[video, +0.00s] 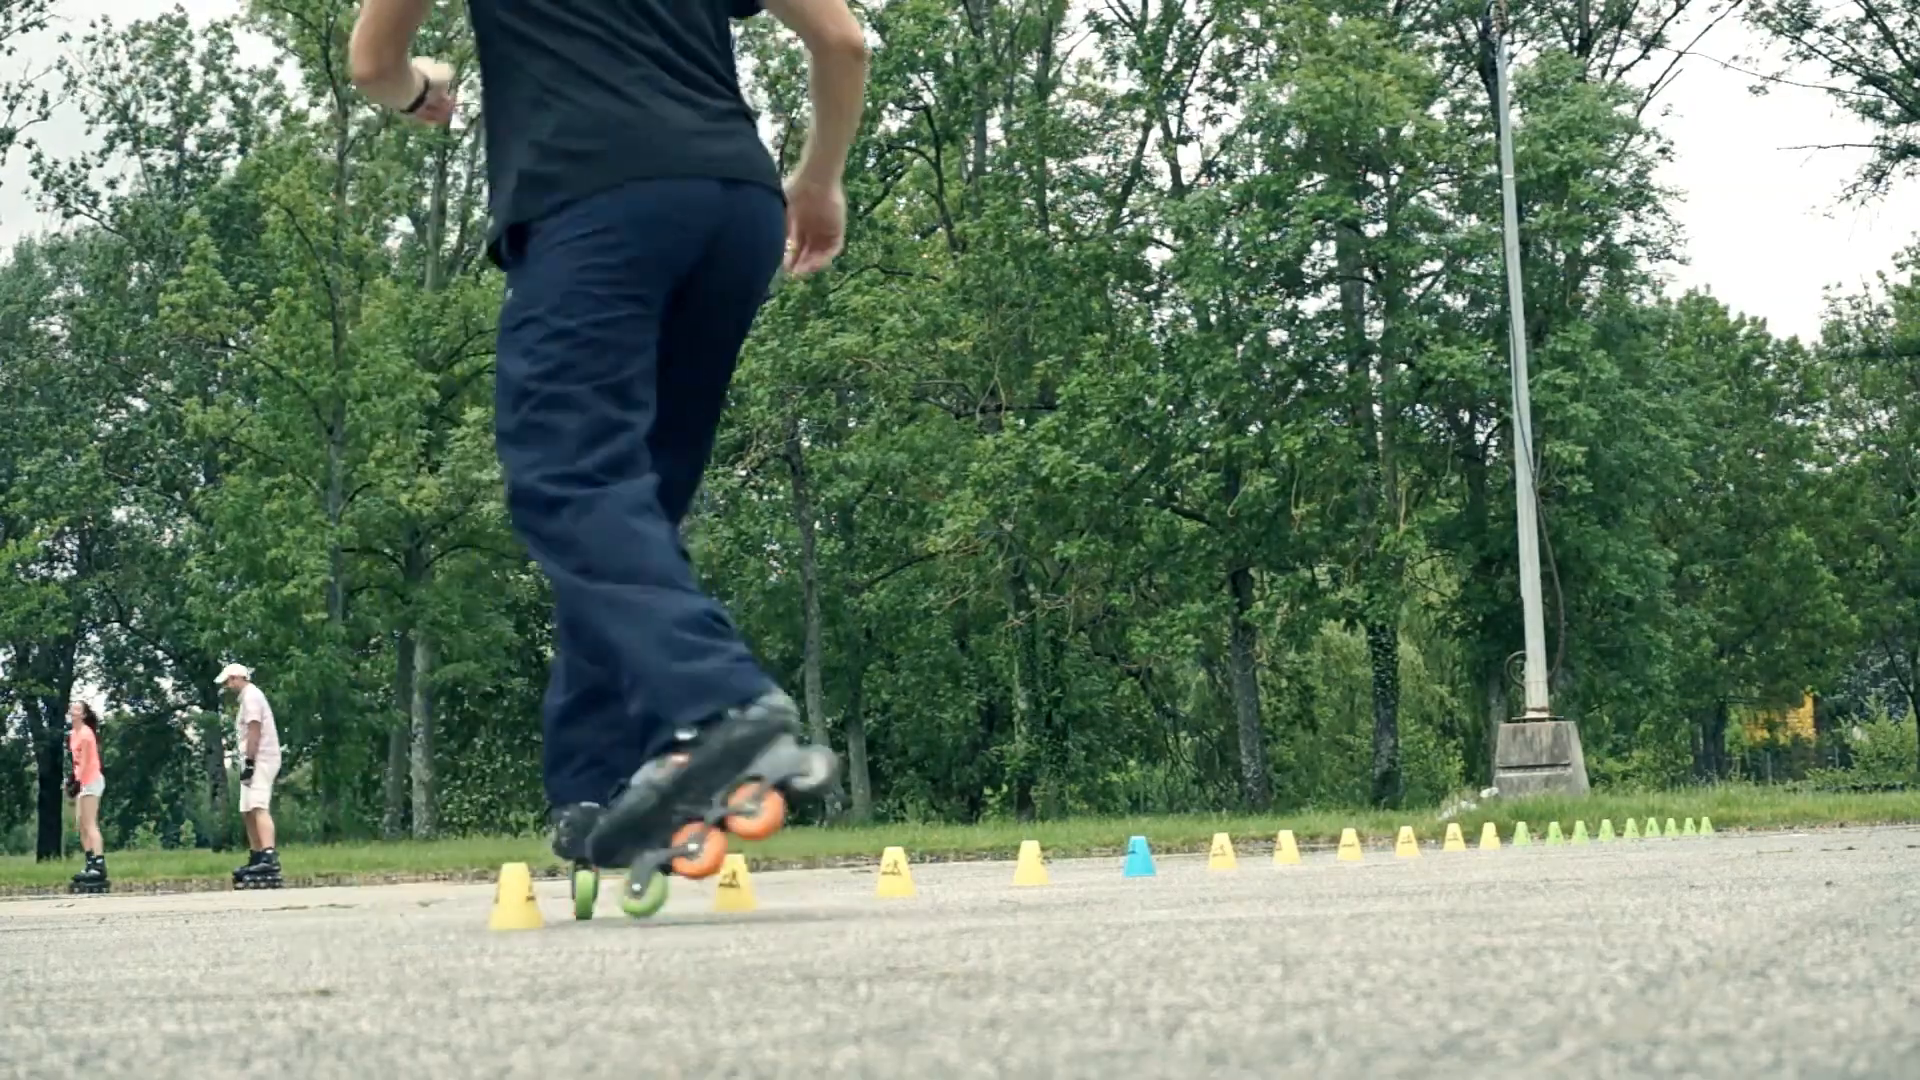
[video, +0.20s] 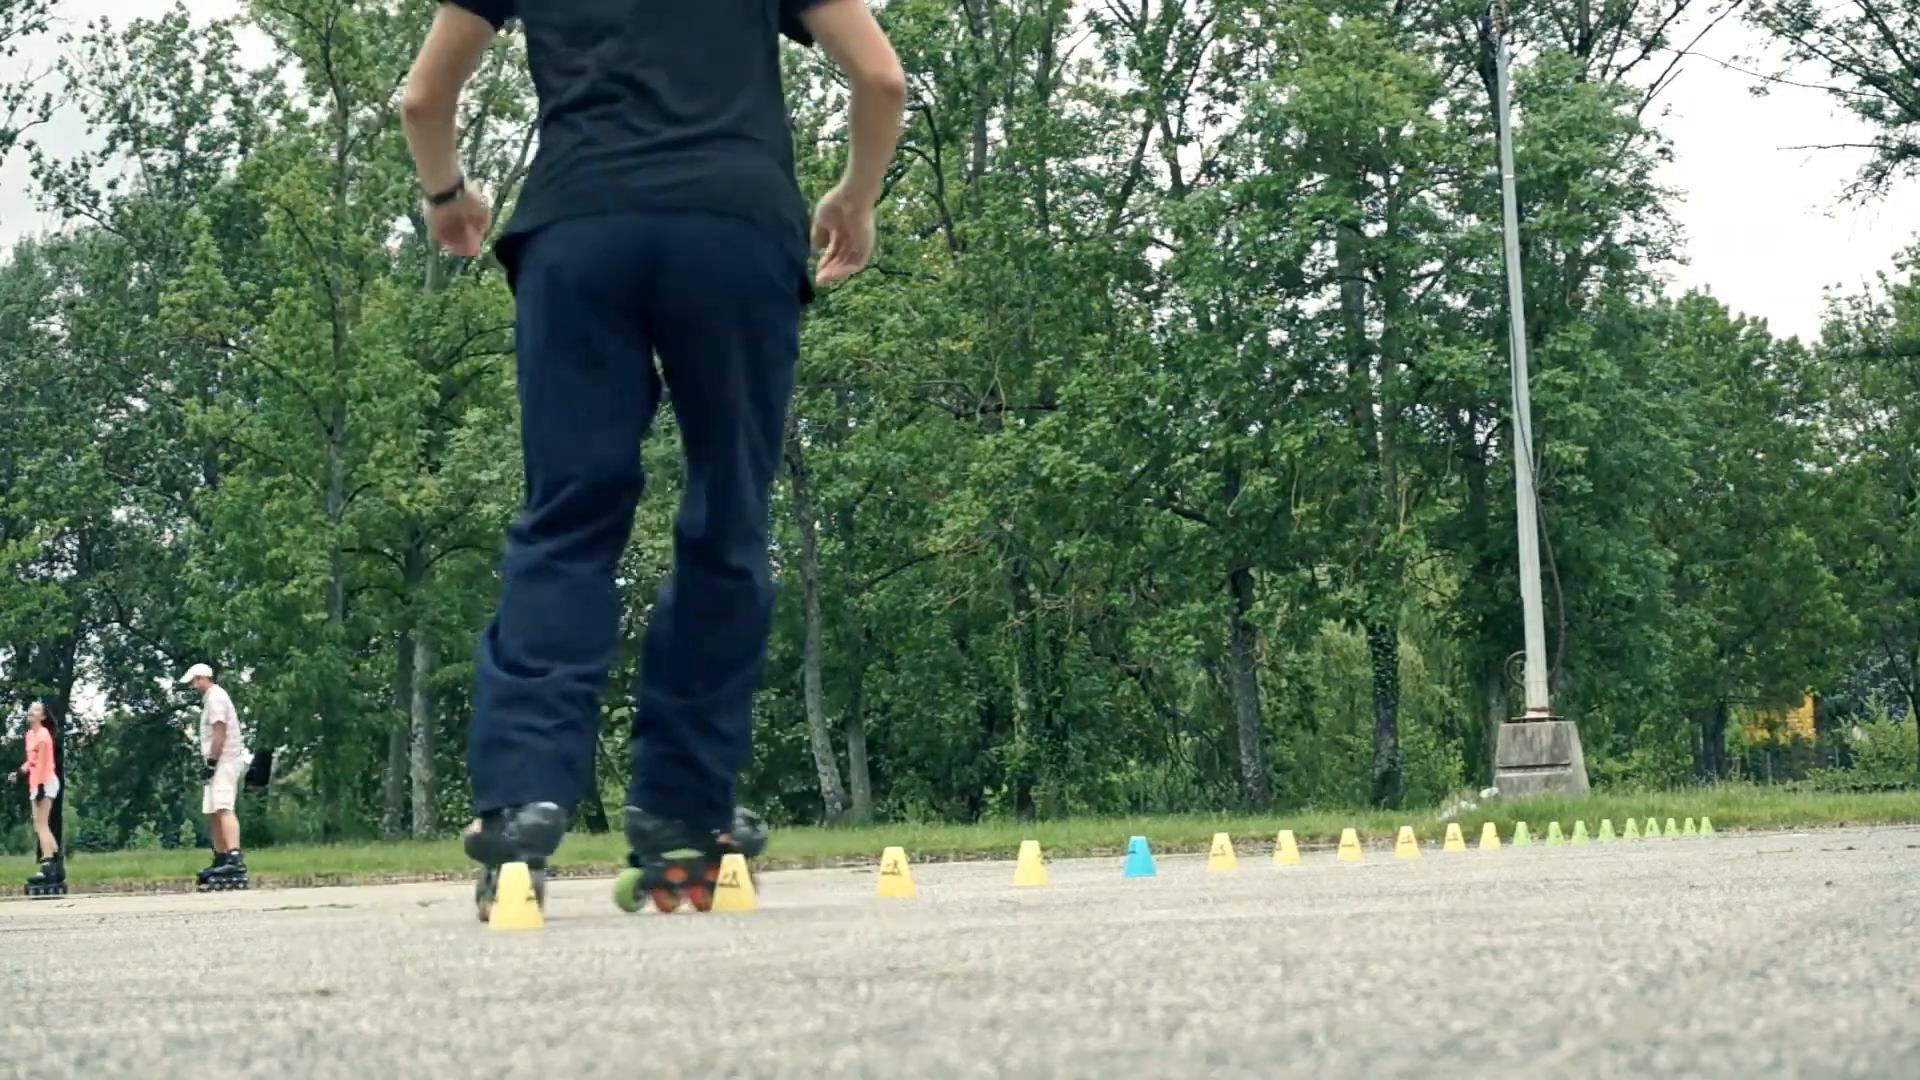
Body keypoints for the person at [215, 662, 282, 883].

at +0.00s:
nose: (227, 686)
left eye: (228, 681)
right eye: (226, 682)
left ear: (238, 677)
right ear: (236, 679)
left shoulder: (251, 695)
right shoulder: (247, 697)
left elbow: (254, 728)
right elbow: (251, 731)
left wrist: (249, 760)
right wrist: (247, 759)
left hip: (263, 756)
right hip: (253, 756)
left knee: (258, 806)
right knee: (247, 809)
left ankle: (268, 854)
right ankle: (256, 855)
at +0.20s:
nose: (192, 686)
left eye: (194, 681)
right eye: (191, 682)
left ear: (203, 678)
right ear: (201, 679)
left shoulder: (215, 696)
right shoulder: (210, 698)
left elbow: (220, 729)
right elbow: (217, 731)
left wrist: (212, 760)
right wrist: (209, 759)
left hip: (227, 758)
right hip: (217, 759)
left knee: (223, 807)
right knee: (212, 810)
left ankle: (234, 857)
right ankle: (220, 856)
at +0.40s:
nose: (157, 686)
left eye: (159, 681)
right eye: (156, 682)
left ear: (170, 679)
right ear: (168, 680)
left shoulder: (182, 698)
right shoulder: (177, 699)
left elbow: (187, 731)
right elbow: (184, 732)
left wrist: (179, 761)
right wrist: (175, 759)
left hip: (191, 760)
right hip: (181, 761)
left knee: (187, 809)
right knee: (177, 811)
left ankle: (197, 858)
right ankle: (185, 857)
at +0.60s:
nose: (124, 685)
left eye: (127, 680)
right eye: (124, 681)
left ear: (137, 679)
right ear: (134, 681)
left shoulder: (149, 699)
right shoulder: (143, 701)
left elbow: (154, 732)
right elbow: (149, 735)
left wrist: (152, 764)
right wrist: (144, 763)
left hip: (153, 761)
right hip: (144, 760)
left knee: (150, 811)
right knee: (143, 813)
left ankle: (162, 860)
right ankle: (152, 859)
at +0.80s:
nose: (89, 685)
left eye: (91, 680)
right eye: (88, 681)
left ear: (102, 680)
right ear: (100, 681)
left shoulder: (113, 701)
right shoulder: (108, 702)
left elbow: (118, 734)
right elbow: (113, 736)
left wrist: (118, 767)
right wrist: (110, 766)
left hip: (121, 760)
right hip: (110, 760)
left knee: (117, 811)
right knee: (108, 813)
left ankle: (129, 859)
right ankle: (116, 858)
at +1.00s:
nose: (51, 687)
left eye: (54, 683)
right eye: (51, 683)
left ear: (64, 683)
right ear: (62, 684)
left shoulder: (75, 702)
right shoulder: (69, 704)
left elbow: (79, 733)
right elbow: (75, 735)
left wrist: (71, 764)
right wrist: (68, 763)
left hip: (89, 762)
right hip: (78, 763)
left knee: (82, 811)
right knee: (73, 814)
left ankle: (93, 862)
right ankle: (80, 861)